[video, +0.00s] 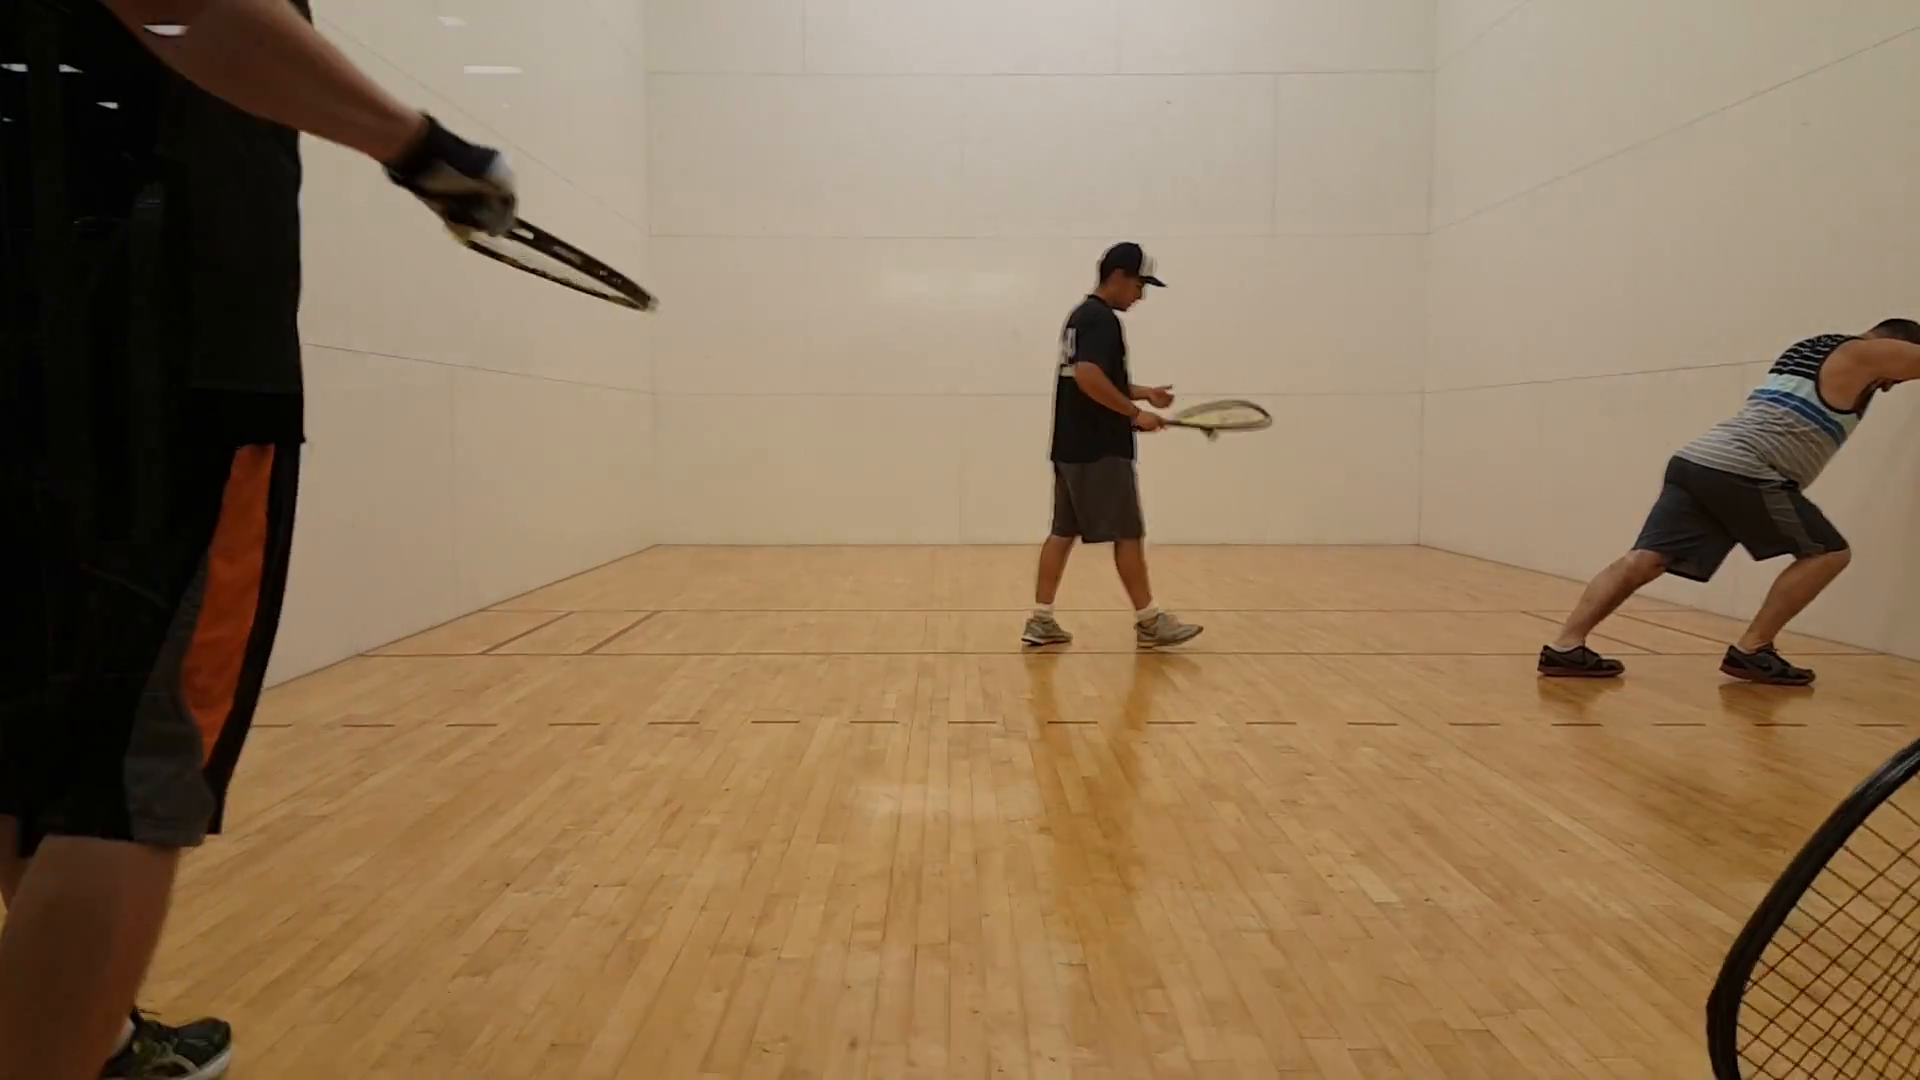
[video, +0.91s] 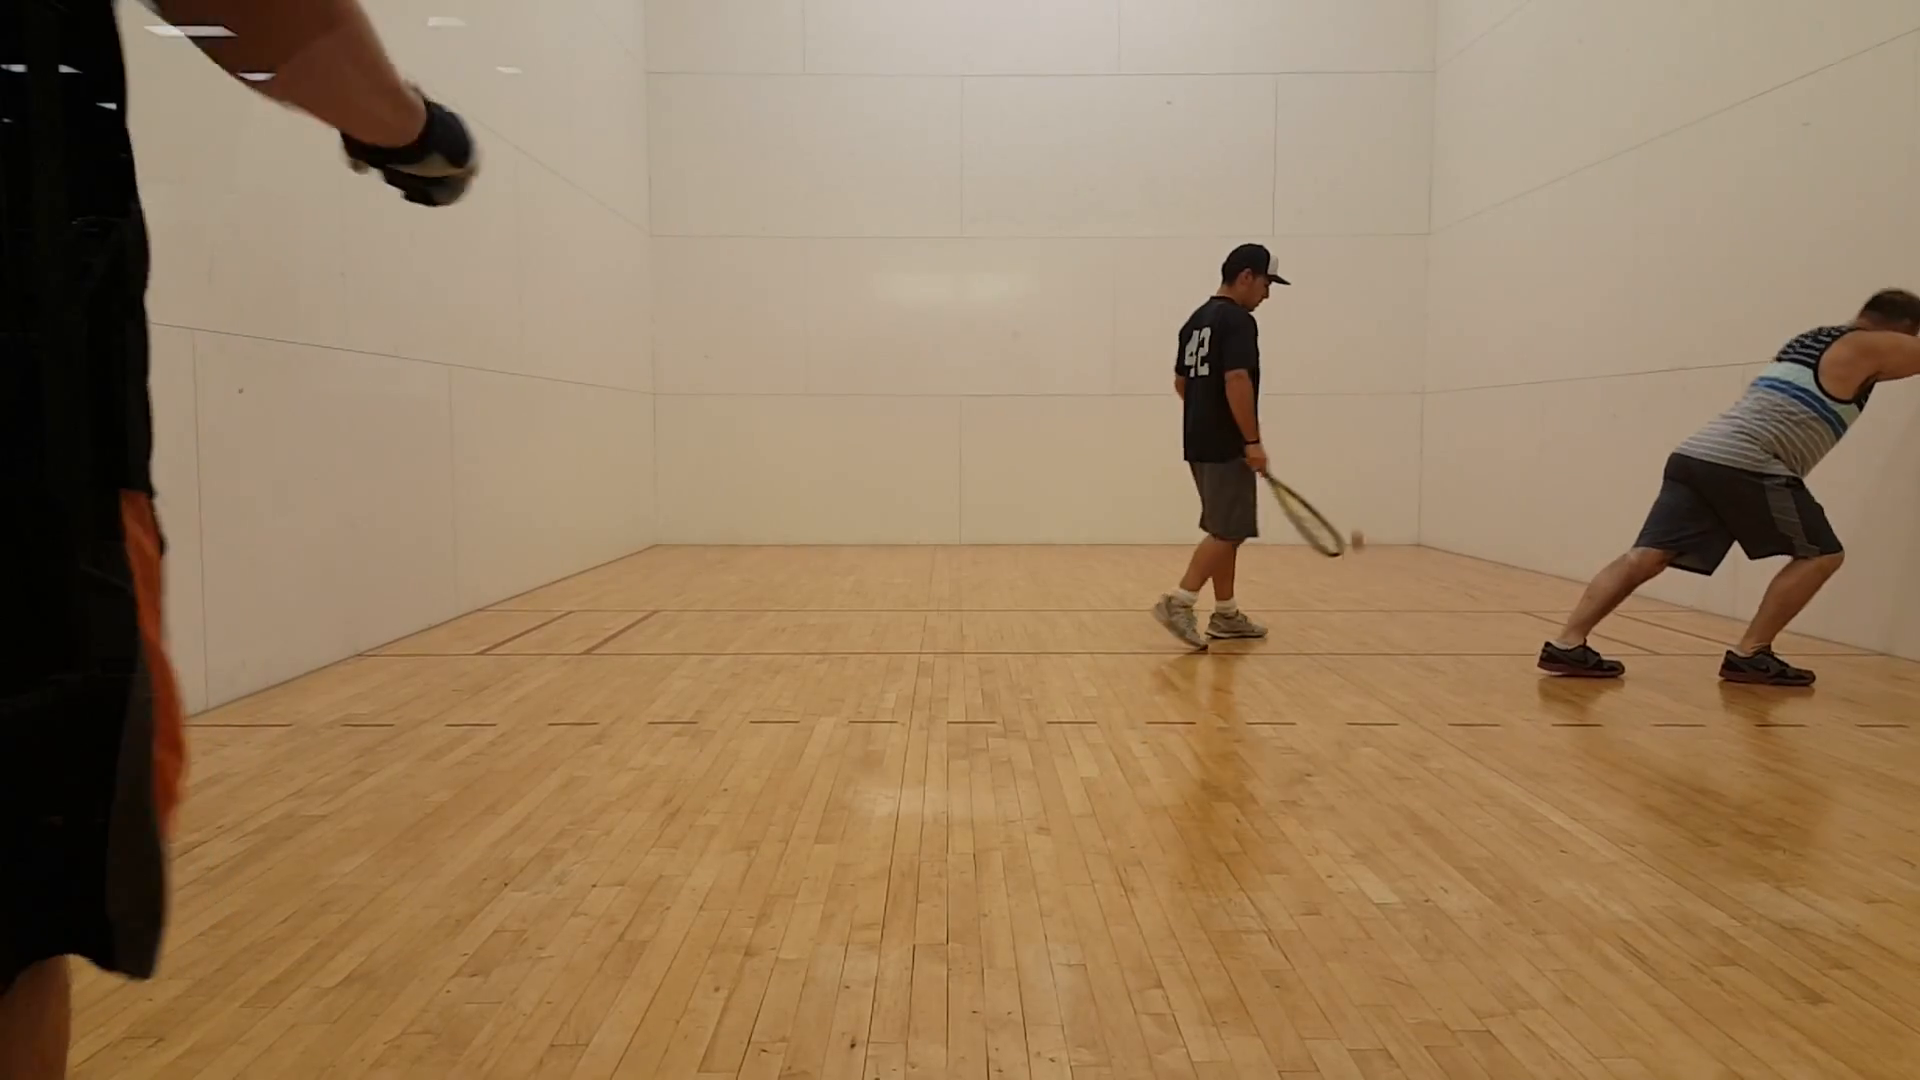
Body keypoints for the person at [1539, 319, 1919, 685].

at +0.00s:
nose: (1897, 382)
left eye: (1902, 374)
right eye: (1903, 370)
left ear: (1879, 338)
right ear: (1892, 346)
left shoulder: (1808, 349)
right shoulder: (1863, 354)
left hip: (1695, 463)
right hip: (1747, 474)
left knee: (1641, 561)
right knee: (1828, 553)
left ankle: (1564, 646)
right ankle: (1752, 649)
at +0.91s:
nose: (1906, 347)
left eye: (1908, 341)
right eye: (1907, 340)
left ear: (1866, 317)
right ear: (1894, 331)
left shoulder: (1807, 342)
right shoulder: (1862, 347)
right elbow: (1918, 353)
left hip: (1696, 457)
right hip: (1752, 466)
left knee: (1646, 557)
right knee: (1821, 555)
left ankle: (1566, 644)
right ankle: (1750, 653)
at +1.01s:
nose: (1892, 308)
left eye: (1893, 301)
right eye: (1893, 301)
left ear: (1842, 281)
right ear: (1886, 298)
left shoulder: (1797, 311)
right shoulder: (1860, 325)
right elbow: (1918, 342)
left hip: (1685, 434)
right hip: (1745, 445)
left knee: (1642, 536)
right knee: (1798, 545)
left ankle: (1573, 633)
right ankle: (1747, 653)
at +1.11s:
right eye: (1865, 260)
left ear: (1818, 246)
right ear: (1865, 261)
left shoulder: (1777, 281)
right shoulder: (1849, 299)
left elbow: (1837, 337)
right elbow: (1914, 321)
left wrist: (1900, 353)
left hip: (1679, 412)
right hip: (1739, 427)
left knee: (1641, 520)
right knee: (1766, 536)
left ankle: (1585, 622)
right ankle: (1746, 652)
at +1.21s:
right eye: (1842, 234)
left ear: (1793, 226)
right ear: (1842, 238)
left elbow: (1775, 332)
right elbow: (1910, 325)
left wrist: (1826, 373)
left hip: (1674, 406)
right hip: (1734, 425)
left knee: (1640, 516)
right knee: (1740, 538)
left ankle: (1593, 622)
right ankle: (1742, 652)